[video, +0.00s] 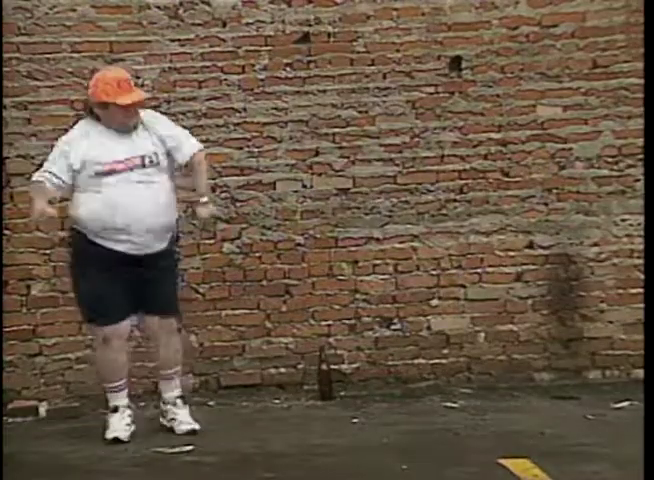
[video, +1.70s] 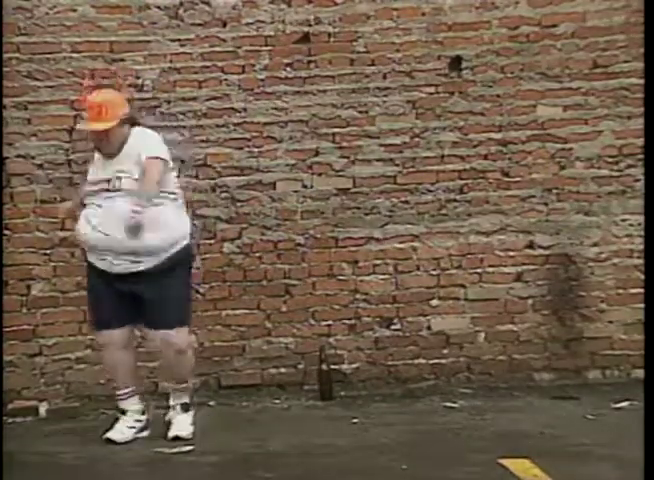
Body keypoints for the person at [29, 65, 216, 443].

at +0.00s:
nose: (135, 111)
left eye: (136, 104)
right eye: (125, 107)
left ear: (138, 99)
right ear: (100, 109)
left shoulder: (153, 123)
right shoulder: (77, 140)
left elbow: (196, 154)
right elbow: (46, 179)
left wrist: (202, 198)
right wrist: (40, 202)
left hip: (158, 247)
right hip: (100, 249)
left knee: (166, 324)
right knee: (111, 332)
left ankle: (173, 404)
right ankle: (119, 410)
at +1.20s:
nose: (130, 135)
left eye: (137, 128)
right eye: (124, 128)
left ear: (154, 117)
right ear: (117, 122)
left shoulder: (180, 146)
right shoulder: (112, 150)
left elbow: (210, 186)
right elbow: (77, 184)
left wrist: (196, 200)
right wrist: (37, 187)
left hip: (172, 254)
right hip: (119, 259)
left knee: (171, 336)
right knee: (99, 329)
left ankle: (195, 413)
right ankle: (112, 412)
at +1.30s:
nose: (114, 120)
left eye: (119, 111)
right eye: (110, 114)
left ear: (140, 101)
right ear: (111, 113)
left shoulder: (171, 127)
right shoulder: (114, 142)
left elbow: (197, 163)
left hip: (172, 250)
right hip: (118, 254)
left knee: (173, 335)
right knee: (99, 328)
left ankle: (195, 412)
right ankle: (108, 404)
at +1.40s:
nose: (100, 107)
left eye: (102, 99)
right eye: (97, 102)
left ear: (124, 88)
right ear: (106, 98)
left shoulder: (161, 110)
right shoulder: (106, 131)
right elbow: (93, 182)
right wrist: (69, 220)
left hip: (169, 240)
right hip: (114, 242)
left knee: (174, 326)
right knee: (109, 319)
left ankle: (192, 407)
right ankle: (112, 400)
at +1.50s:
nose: (95, 109)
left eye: (99, 100)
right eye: (93, 104)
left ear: (121, 94)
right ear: (97, 105)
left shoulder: (150, 113)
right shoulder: (102, 134)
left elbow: (141, 139)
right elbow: (89, 179)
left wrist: (98, 149)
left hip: (168, 240)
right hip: (114, 241)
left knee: (173, 322)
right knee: (122, 322)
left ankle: (181, 406)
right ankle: (127, 405)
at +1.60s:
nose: (95, 130)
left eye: (101, 122)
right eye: (92, 123)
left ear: (123, 116)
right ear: (93, 122)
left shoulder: (146, 130)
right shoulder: (99, 149)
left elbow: (133, 151)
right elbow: (100, 196)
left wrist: (115, 170)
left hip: (165, 257)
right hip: (109, 262)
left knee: (177, 335)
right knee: (117, 336)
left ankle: (180, 410)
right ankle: (133, 412)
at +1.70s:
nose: (99, 139)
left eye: (106, 131)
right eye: (95, 132)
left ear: (124, 122)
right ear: (89, 128)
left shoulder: (147, 140)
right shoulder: (96, 157)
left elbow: (154, 175)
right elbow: (90, 200)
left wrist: (139, 208)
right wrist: (76, 215)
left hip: (162, 259)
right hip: (107, 261)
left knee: (172, 338)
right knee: (113, 338)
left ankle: (181, 408)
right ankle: (133, 414)